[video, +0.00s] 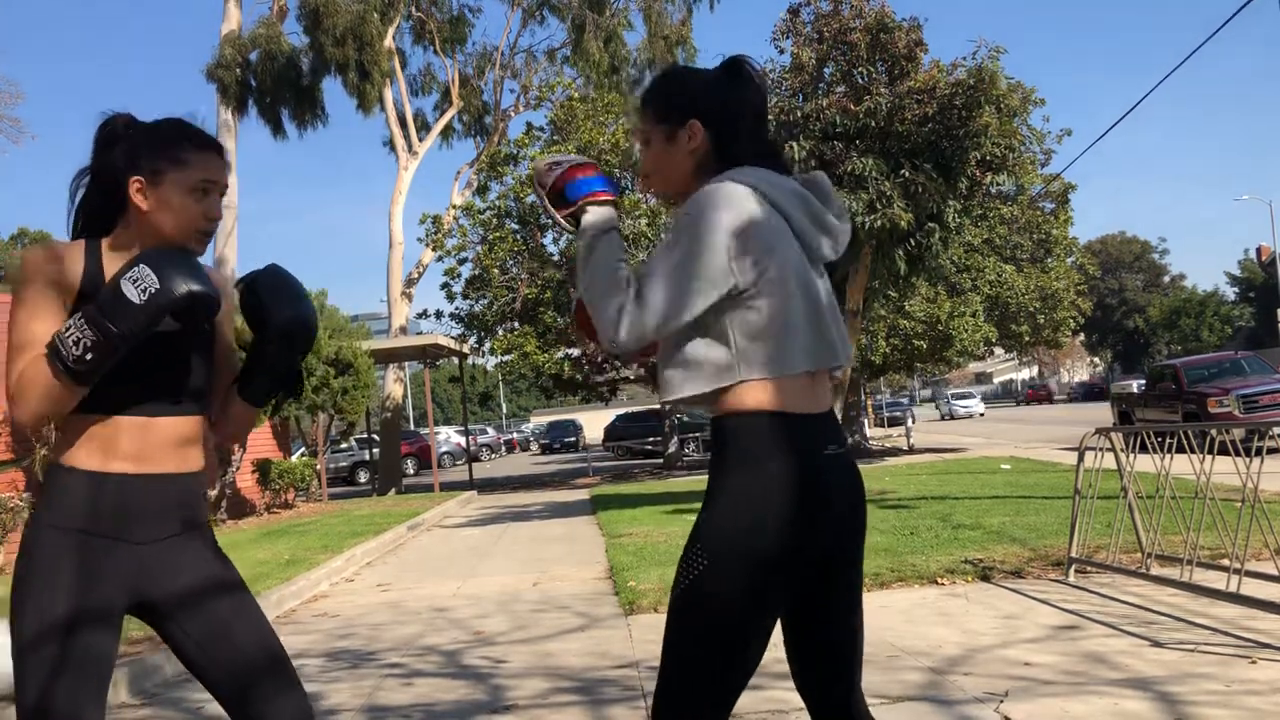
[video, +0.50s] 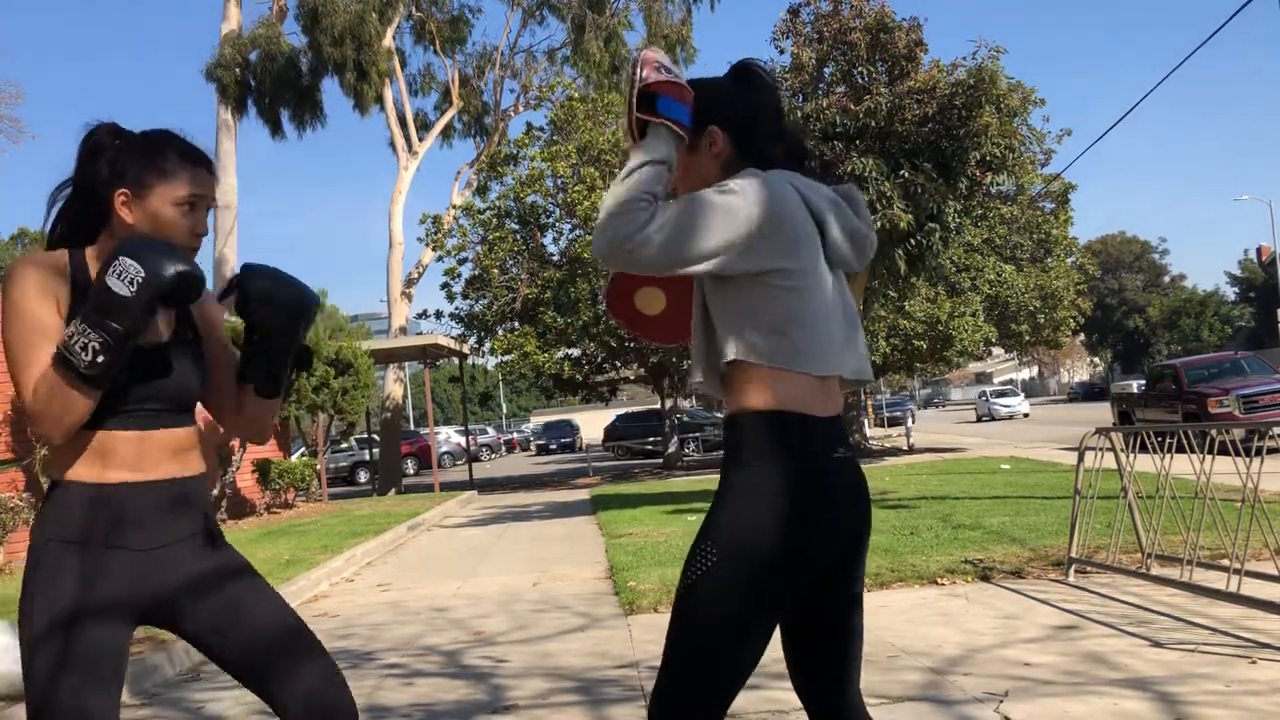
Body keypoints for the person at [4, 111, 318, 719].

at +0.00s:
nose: (218, 212)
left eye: (220, 195)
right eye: (204, 192)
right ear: (142, 192)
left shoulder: (210, 289)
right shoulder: (56, 265)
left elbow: (222, 429)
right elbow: (27, 411)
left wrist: (275, 360)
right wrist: (109, 321)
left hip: (183, 535)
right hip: (74, 536)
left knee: (284, 708)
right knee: (57, 710)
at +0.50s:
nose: (204, 227)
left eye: (206, 211)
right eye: (190, 207)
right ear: (127, 205)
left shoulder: (193, 297)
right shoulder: (41, 277)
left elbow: (252, 425)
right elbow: (49, 422)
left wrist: (276, 340)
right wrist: (108, 317)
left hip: (190, 541)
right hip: (82, 546)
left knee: (323, 697)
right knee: (70, 709)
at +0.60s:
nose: (211, 204)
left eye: (212, 188)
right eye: (195, 186)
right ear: (131, 188)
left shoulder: (220, 267)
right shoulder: (62, 271)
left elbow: (342, 322)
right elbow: (48, 421)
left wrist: (351, 255)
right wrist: (90, 312)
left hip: (208, 529)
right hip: (99, 533)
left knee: (313, 706)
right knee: (79, 711)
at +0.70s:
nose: (226, 209)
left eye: (230, 192)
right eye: (211, 191)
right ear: (145, 190)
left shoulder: (246, 250)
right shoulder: (82, 275)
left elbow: (379, 229)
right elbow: (87, 426)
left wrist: (460, 165)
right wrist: (110, 318)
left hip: (221, 533)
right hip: (113, 531)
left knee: (314, 703)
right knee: (82, 707)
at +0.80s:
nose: (231, 217)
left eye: (236, 201)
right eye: (217, 199)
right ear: (152, 194)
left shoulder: (246, 254)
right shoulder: (83, 277)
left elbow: (378, 253)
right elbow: (93, 429)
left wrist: (434, 186)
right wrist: (120, 323)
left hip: (225, 535)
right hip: (116, 533)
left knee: (326, 707)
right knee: (80, 711)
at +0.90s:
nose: (229, 225)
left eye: (234, 208)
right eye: (216, 206)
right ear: (151, 199)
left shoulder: (232, 273)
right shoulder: (74, 279)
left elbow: (339, 360)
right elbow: (76, 436)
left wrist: (360, 274)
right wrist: (112, 327)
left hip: (224, 536)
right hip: (115, 537)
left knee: (330, 707)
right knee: (83, 711)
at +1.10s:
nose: (222, 227)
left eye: (228, 211)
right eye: (210, 207)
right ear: (145, 199)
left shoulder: (218, 287)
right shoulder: (59, 281)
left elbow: (266, 419)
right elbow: (65, 430)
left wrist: (284, 318)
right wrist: (107, 321)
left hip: (208, 540)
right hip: (101, 541)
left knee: (318, 708)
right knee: (75, 710)